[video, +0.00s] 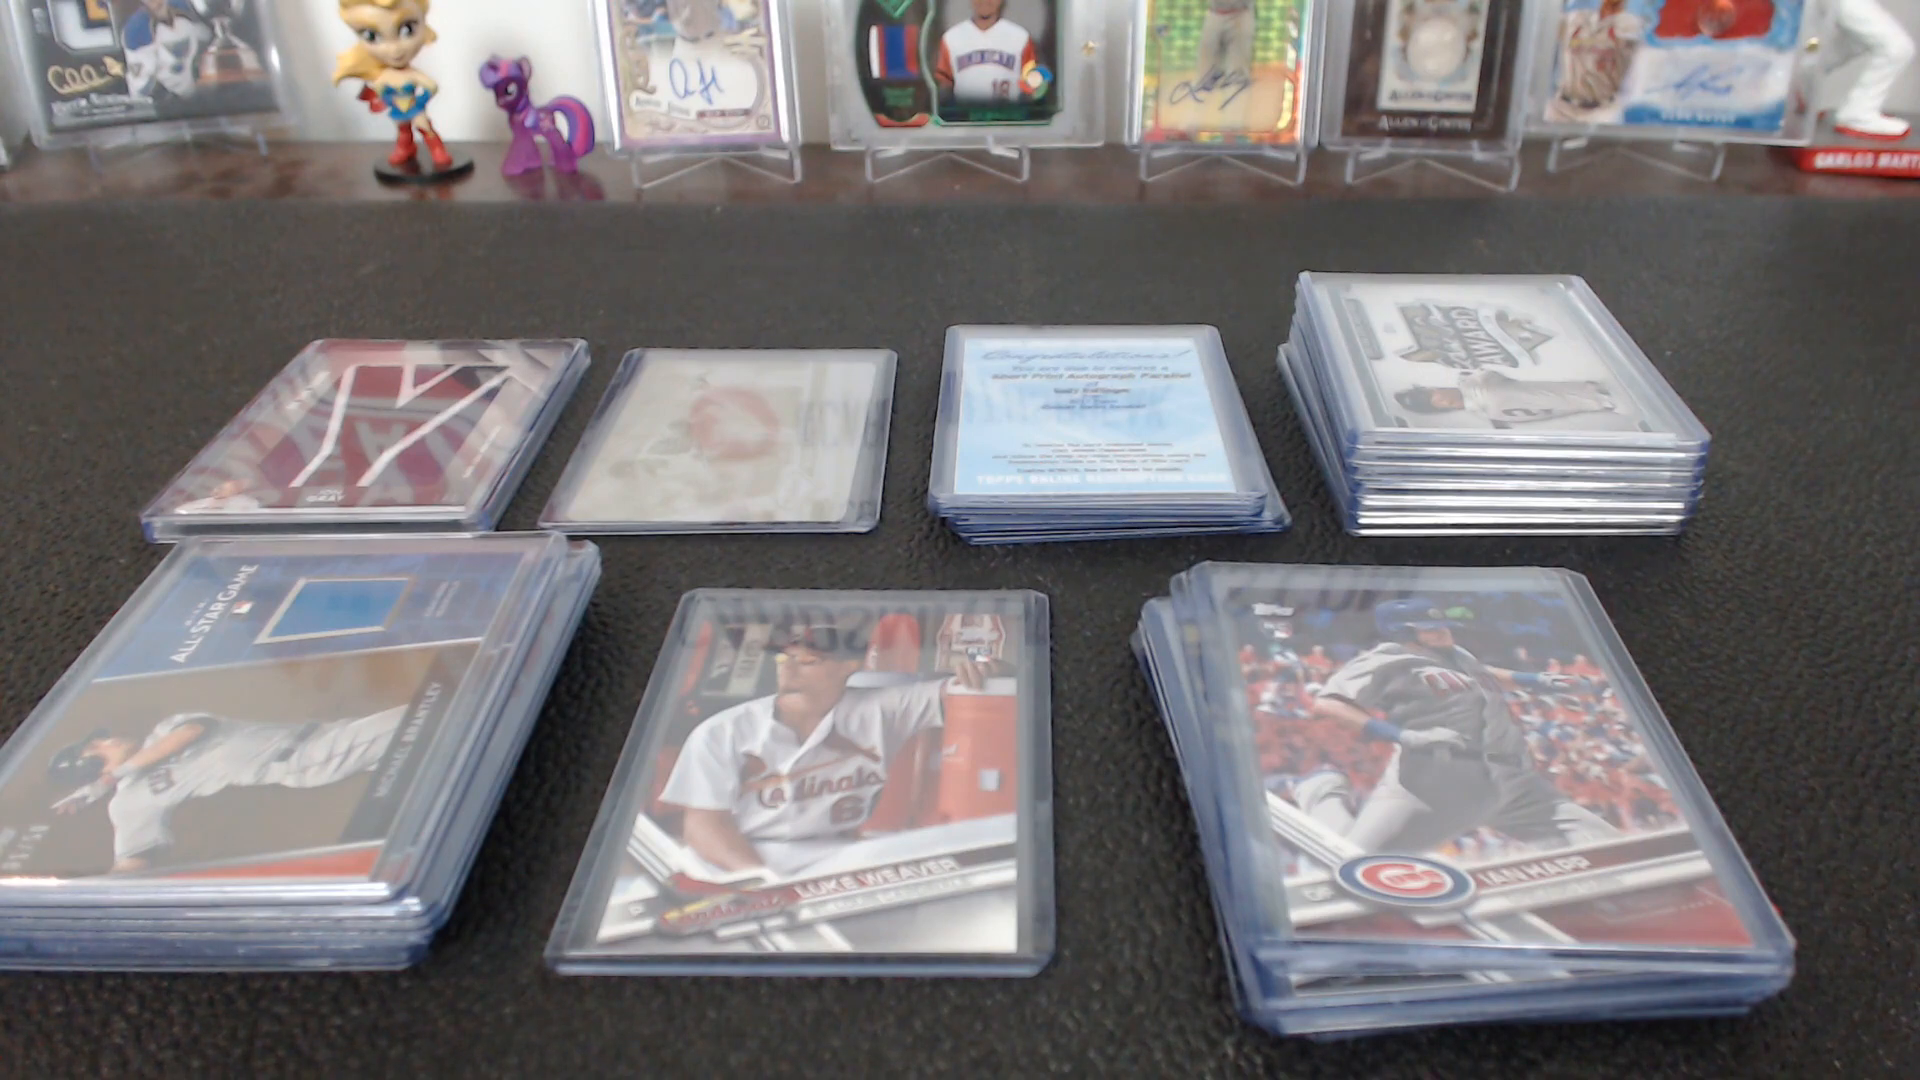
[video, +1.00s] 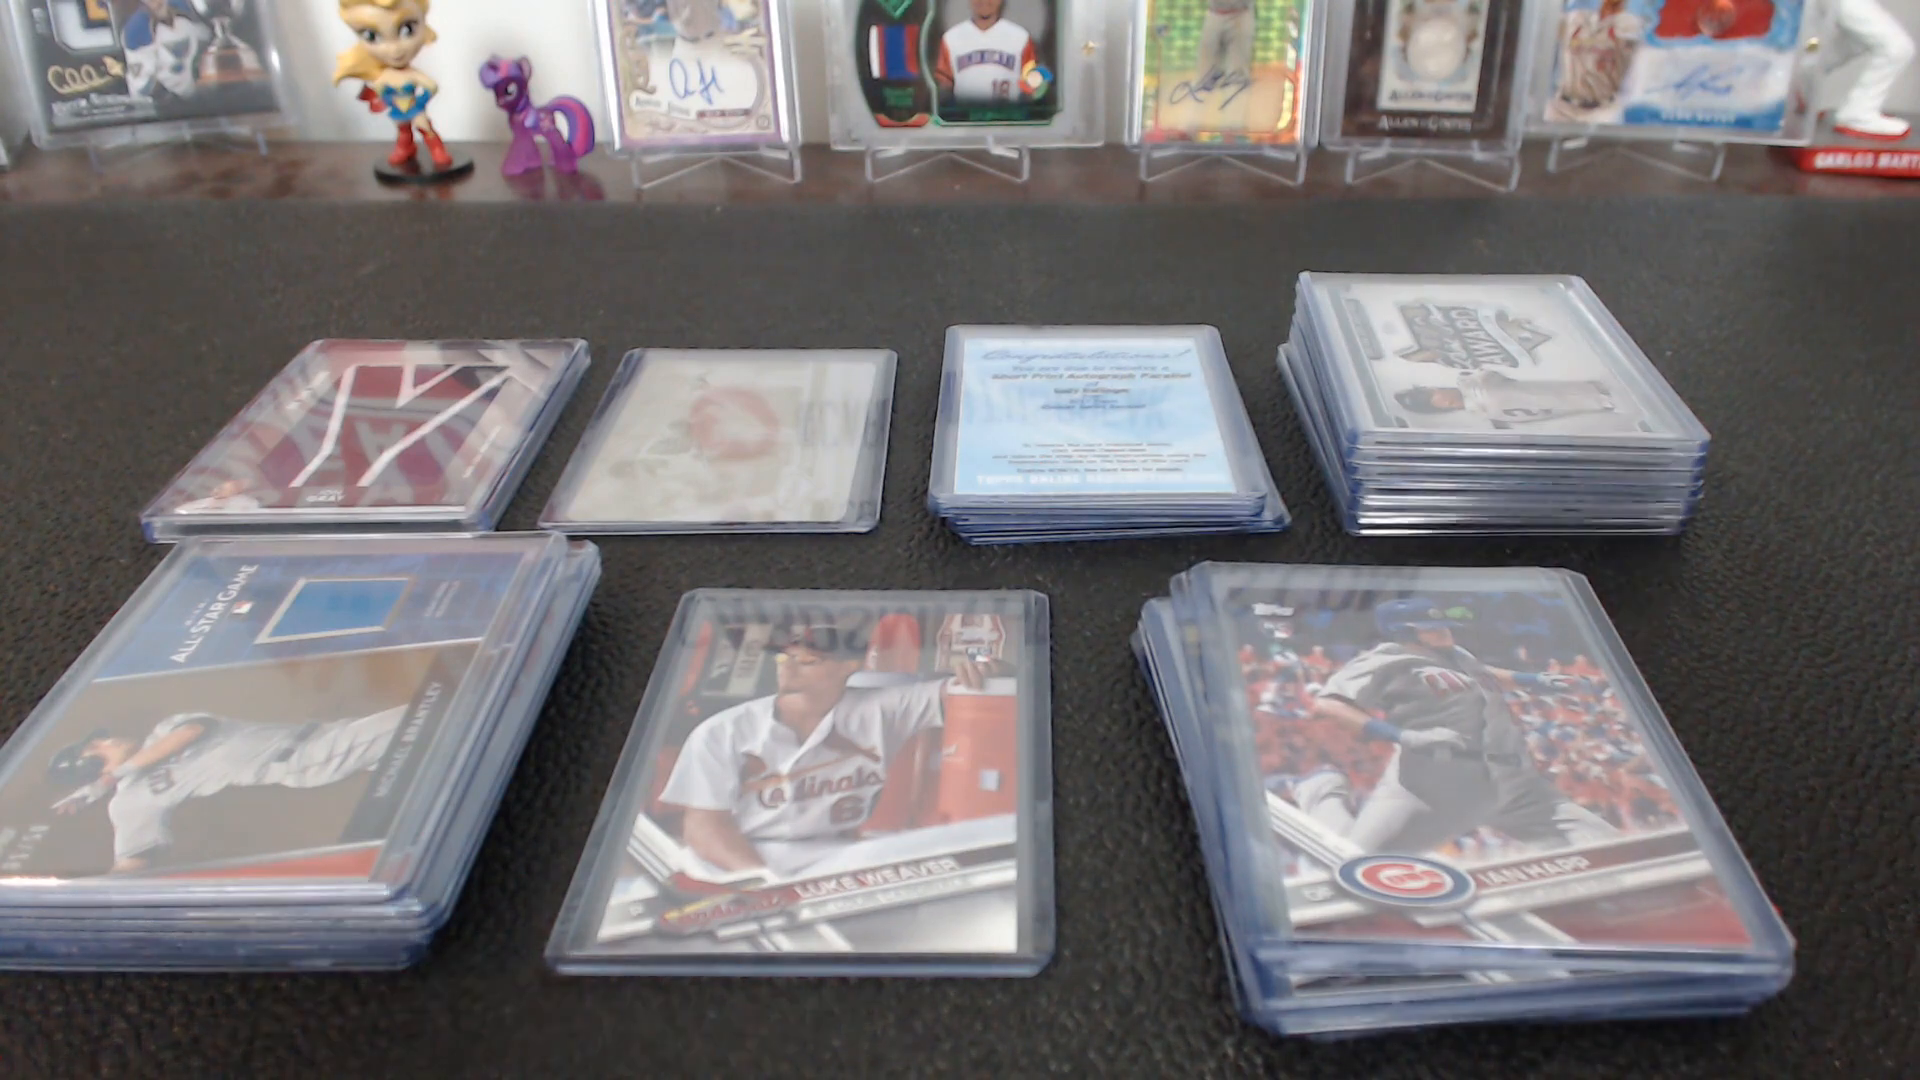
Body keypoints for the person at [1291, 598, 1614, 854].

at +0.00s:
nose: (1445, 631)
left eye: (1445, 623)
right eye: (1433, 623)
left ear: (1448, 624)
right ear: (1405, 628)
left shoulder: (1459, 657)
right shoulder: (1388, 659)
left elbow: (1490, 677)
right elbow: (1328, 704)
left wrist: (1541, 683)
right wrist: (1404, 735)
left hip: (1509, 787)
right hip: (1430, 793)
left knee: (1610, 847)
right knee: (1351, 868)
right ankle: (1321, 793)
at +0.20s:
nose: (1445, 631)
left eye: (1444, 622)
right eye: (1433, 624)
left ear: (1446, 625)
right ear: (1405, 629)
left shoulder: (1459, 657)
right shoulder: (1388, 659)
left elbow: (1490, 677)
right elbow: (1328, 704)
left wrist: (1541, 682)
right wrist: (1404, 736)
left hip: (1510, 787)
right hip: (1431, 792)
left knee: (1610, 847)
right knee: (1350, 869)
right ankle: (1322, 793)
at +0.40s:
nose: (1445, 631)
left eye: (1444, 623)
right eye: (1433, 624)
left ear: (1446, 625)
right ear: (1405, 629)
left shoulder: (1459, 657)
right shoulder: (1388, 659)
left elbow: (1490, 677)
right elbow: (1328, 704)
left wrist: (1541, 682)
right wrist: (1404, 736)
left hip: (1510, 787)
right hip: (1431, 792)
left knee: (1610, 847)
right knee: (1350, 869)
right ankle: (1322, 793)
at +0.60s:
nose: (1446, 631)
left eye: (1444, 623)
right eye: (1434, 624)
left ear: (1445, 626)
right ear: (1406, 629)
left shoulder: (1459, 657)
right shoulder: (1387, 659)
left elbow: (1491, 677)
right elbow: (1328, 704)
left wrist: (1542, 682)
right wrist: (1404, 736)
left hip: (1510, 788)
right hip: (1431, 793)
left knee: (1609, 848)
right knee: (1353, 868)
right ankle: (1322, 793)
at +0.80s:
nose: (1446, 629)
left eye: (1447, 620)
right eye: (1434, 621)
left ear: (1450, 623)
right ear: (1407, 626)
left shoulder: (1459, 656)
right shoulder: (1386, 659)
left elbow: (1491, 677)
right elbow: (1328, 705)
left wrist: (1540, 682)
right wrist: (1405, 736)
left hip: (1510, 787)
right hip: (1431, 793)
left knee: (1610, 849)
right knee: (1354, 866)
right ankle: (1321, 793)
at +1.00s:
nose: (1446, 629)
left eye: (1446, 621)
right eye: (1434, 621)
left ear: (1448, 624)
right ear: (1407, 627)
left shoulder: (1459, 657)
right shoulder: (1386, 660)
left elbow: (1490, 677)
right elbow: (1328, 705)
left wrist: (1539, 682)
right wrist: (1404, 736)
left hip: (1509, 789)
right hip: (1428, 796)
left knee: (1611, 848)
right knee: (1354, 865)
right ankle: (1321, 793)